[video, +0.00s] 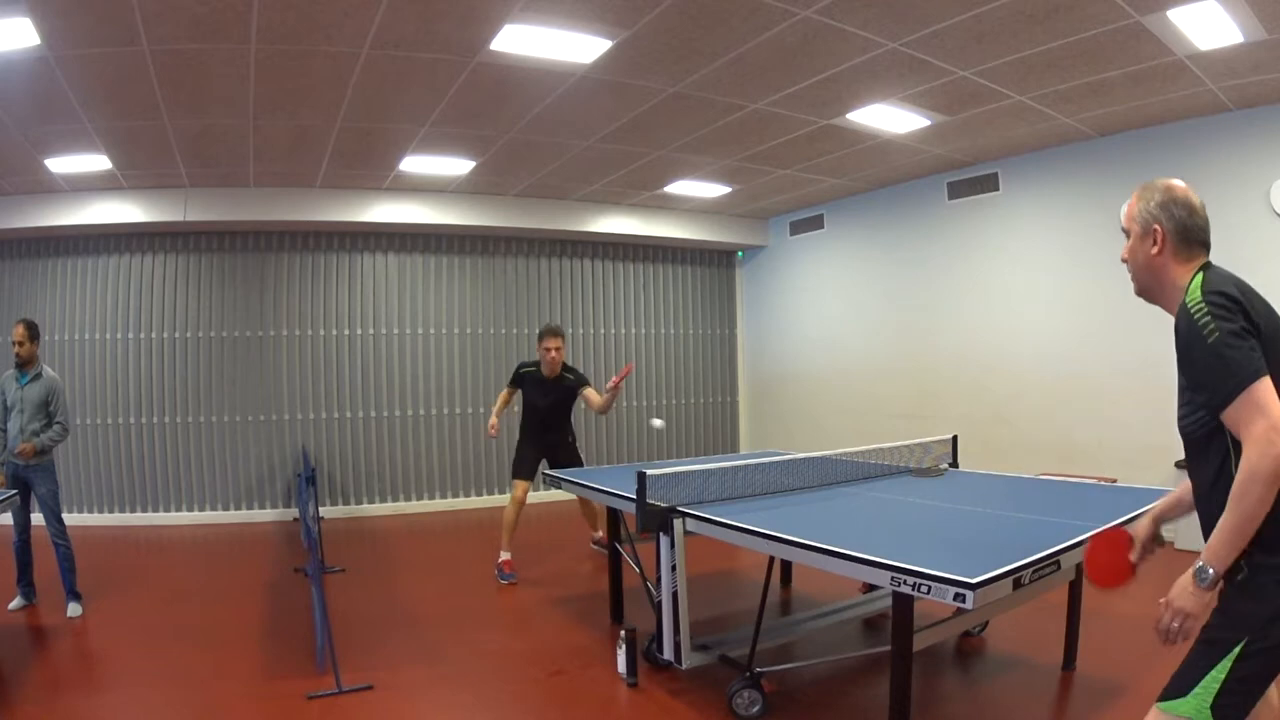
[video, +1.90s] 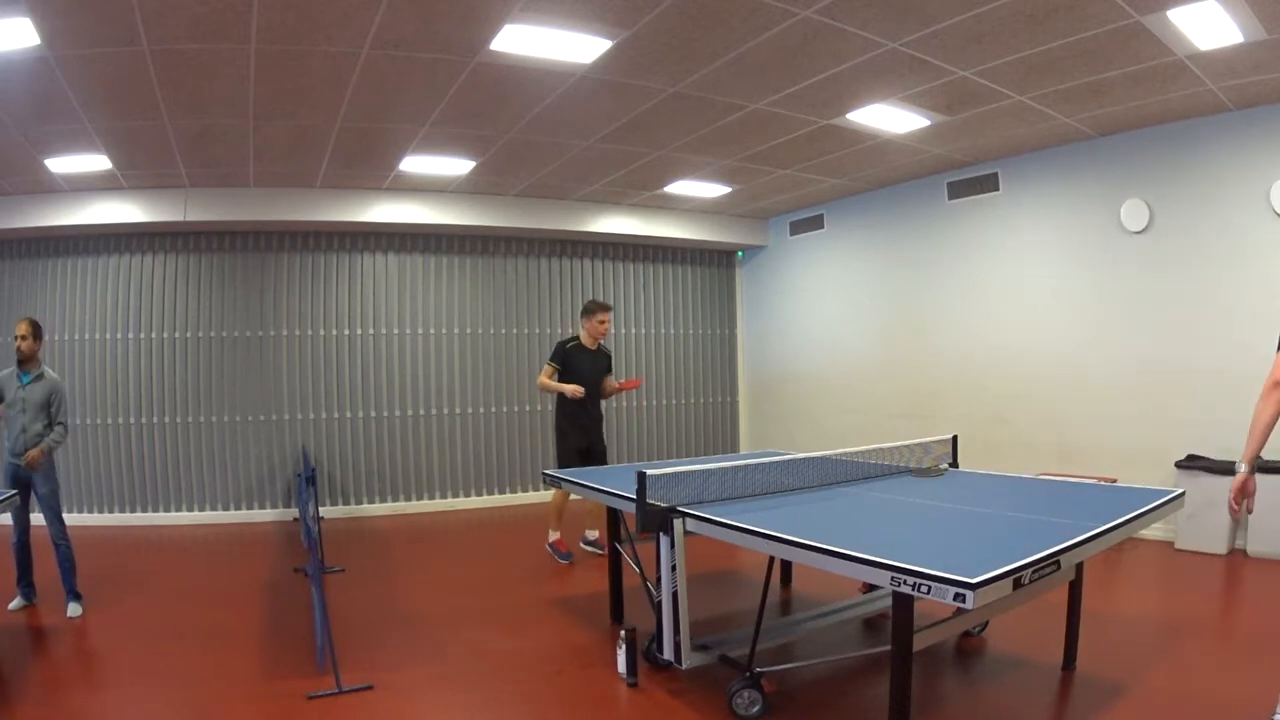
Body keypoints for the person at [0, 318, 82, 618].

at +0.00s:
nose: (15, 348)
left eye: (21, 343)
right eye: (13, 343)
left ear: (36, 344)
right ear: (12, 345)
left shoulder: (51, 382)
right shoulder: (6, 381)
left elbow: (62, 427)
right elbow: (3, 426)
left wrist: (37, 444)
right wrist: (2, 466)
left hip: (41, 466)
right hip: (11, 466)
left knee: (56, 532)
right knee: (20, 533)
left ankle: (72, 596)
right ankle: (26, 593)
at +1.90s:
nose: (18, 343)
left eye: (24, 338)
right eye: (16, 338)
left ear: (38, 343)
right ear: (14, 343)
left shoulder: (53, 384)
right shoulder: (6, 380)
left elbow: (61, 428)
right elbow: (4, 416)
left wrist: (42, 449)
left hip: (40, 464)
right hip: (11, 464)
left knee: (57, 533)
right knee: (19, 533)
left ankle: (72, 596)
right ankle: (26, 593)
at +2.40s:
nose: (17, 345)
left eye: (23, 340)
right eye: (15, 340)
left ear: (38, 344)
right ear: (13, 344)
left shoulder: (52, 383)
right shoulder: (6, 380)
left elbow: (61, 428)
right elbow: (2, 415)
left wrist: (41, 450)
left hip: (41, 464)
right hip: (11, 464)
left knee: (57, 532)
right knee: (20, 533)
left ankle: (72, 596)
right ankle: (26, 593)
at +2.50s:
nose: (17, 345)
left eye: (23, 340)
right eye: (15, 340)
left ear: (38, 344)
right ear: (13, 344)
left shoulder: (52, 383)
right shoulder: (7, 379)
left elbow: (62, 428)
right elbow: (3, 420)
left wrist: (41, 450)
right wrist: (1, 403)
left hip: (41, 463)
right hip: (11, 464)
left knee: (57, 531)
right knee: (20, 533)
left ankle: (72, 596)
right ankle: (26, 593)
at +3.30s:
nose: (18, 345)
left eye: (24, 340)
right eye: (15, 340)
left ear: (38, 344)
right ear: (13, 343)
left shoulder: (52, 382)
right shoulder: (6, 381)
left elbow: (62, 428)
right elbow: (3, 419)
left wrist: (42, 451)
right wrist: (8, 448)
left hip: (41, 463)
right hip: (11, 463)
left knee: (57, 531)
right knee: (20, 532)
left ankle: (73, 596)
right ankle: (26, 593)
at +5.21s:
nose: (28, 356)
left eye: (33, 350)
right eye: (24, 350)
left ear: (44, 347)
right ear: (18, 347)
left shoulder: (57, 378)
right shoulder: (7, 381)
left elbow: (74, 411)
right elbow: (3, 426)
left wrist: (55, 407)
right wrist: (2, 469)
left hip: (47, 461)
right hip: (17, 463)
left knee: (60, 530)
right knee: (22, 532)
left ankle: (73, 596)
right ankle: (26, 593)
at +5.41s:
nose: (29, 354)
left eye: (34, 349)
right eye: (25, 348)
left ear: (45, 347)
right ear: (19, 346)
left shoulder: (57, 380)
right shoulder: (7, 381)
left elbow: (70, 420)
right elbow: (4, 423)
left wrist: (53, 411)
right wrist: (10, 457)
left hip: (49, 461)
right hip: (19, 463)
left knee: (62, 530)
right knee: (22, 532)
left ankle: (73, 596)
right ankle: (26, 593)